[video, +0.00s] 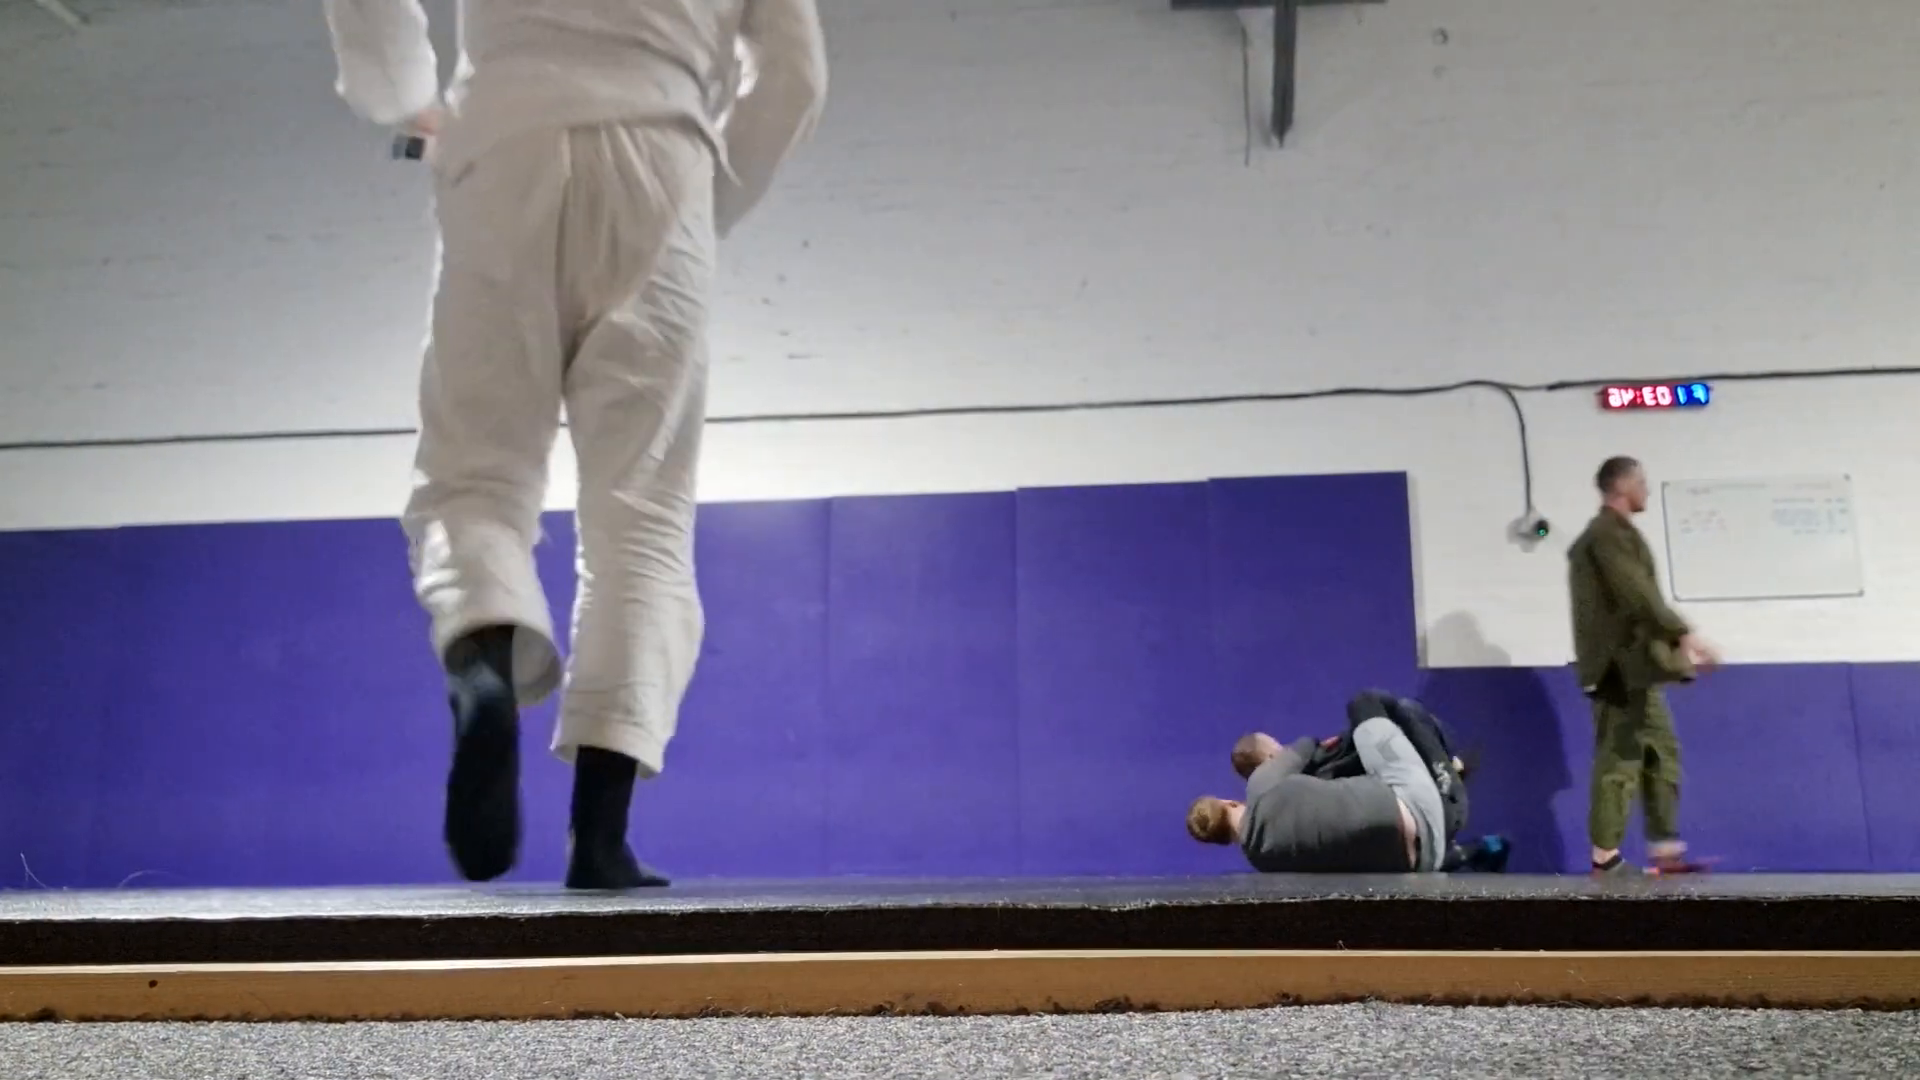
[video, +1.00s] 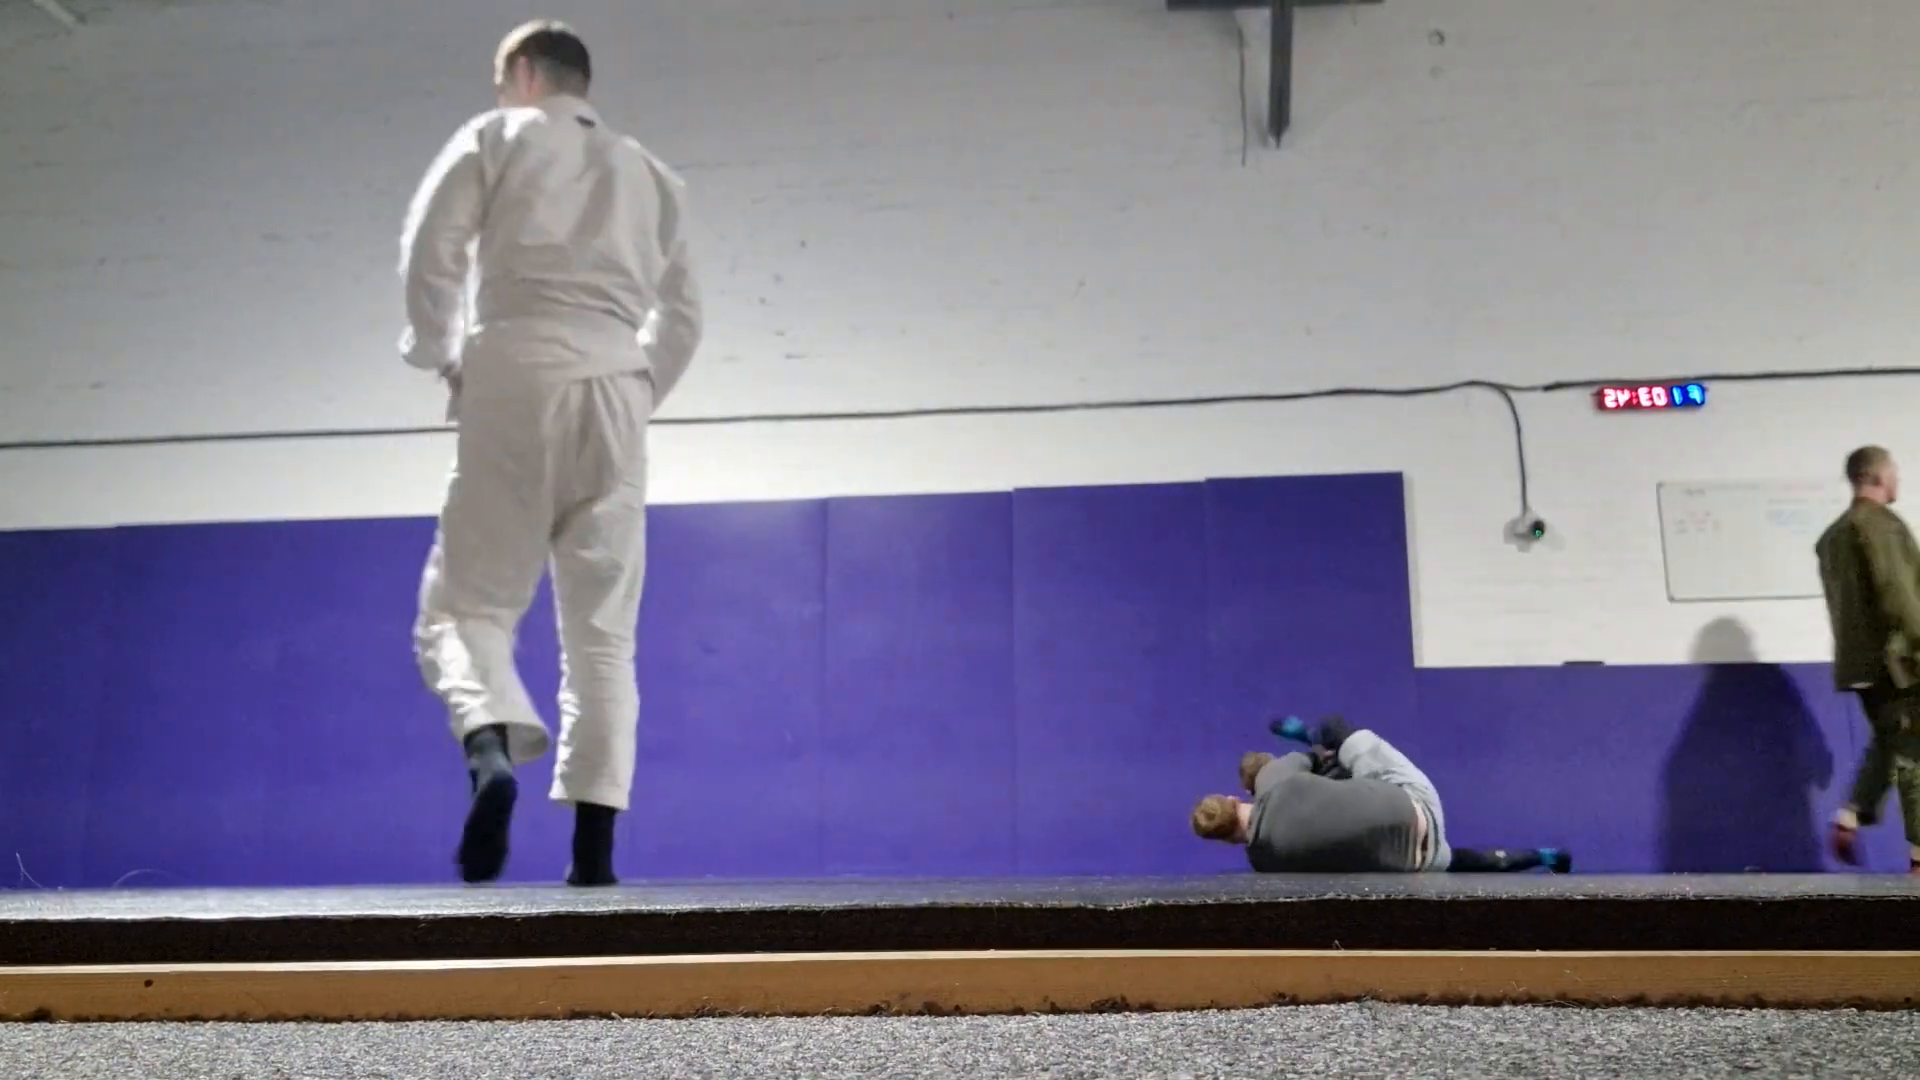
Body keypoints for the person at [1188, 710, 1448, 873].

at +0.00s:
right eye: (1227, 799)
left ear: (1219, 843)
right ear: (1229, 801)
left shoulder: (1262, 860)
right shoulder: (1263, 784)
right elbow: (1305, 747)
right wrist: (1318, 747)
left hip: (1424, 865)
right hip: (1418, 812)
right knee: (1370, 718)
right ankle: (1442, 778)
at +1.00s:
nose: (1257, 769)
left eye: (1221, 829)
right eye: (1250, 775)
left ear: (1226, 840)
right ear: (1242, 792)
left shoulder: (1265, 863)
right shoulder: (1273, 779)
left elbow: (1323, 861)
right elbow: (1317, 758)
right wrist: (1322, 755)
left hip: (1418, 861)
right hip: (1419, 809)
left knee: (1451, 858)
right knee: (1355, 738)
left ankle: (1533, 859)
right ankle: (1314, 734)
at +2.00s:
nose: (1231, 792)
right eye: (1229, 793)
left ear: (1219, 839)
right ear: (1233, 798)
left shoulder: (1257, 866)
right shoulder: (1274, 784)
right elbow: (1305, 762)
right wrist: (1269, 769)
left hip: (1421, 861)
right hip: (1417, 810)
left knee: (1454, 854)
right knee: (1330, 726)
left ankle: (1501, 864)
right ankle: (1327, 770)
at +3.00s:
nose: (1230, 791)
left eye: (1226, 792)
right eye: (1227, 792)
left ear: (1216, 838)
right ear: (1231, 797)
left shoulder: (1257, 862)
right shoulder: (1274, 783)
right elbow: (1320, 759)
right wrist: (1264, 775)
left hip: (1423, 862)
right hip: (1416, 808)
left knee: (1459, 855)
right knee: (1323, 727)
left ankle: (1513, 866)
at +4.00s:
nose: (1225, 809)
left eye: (1214, 816)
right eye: (1221, 806)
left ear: (1217, 837)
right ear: (1229, 796)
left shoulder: (1260, 853)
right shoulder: (1266, 778)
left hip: (1396, 857)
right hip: (1408, 796)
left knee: (1443, 858)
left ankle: (1505, 863)